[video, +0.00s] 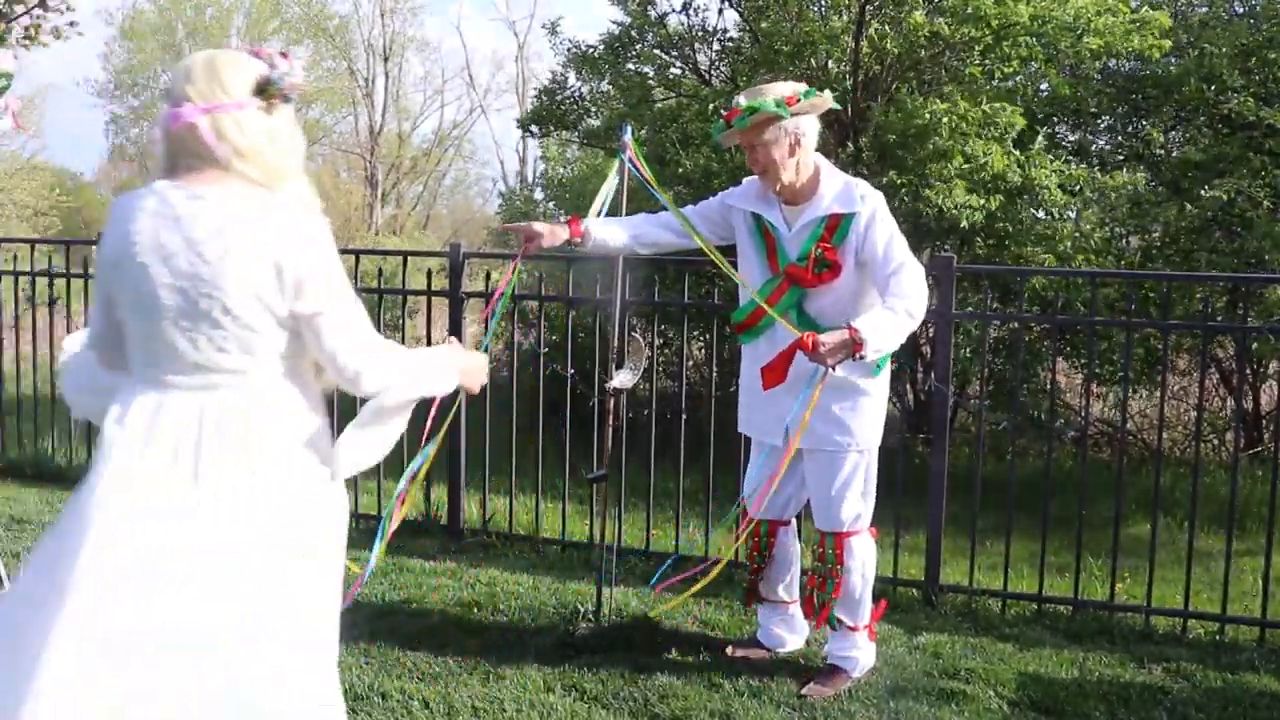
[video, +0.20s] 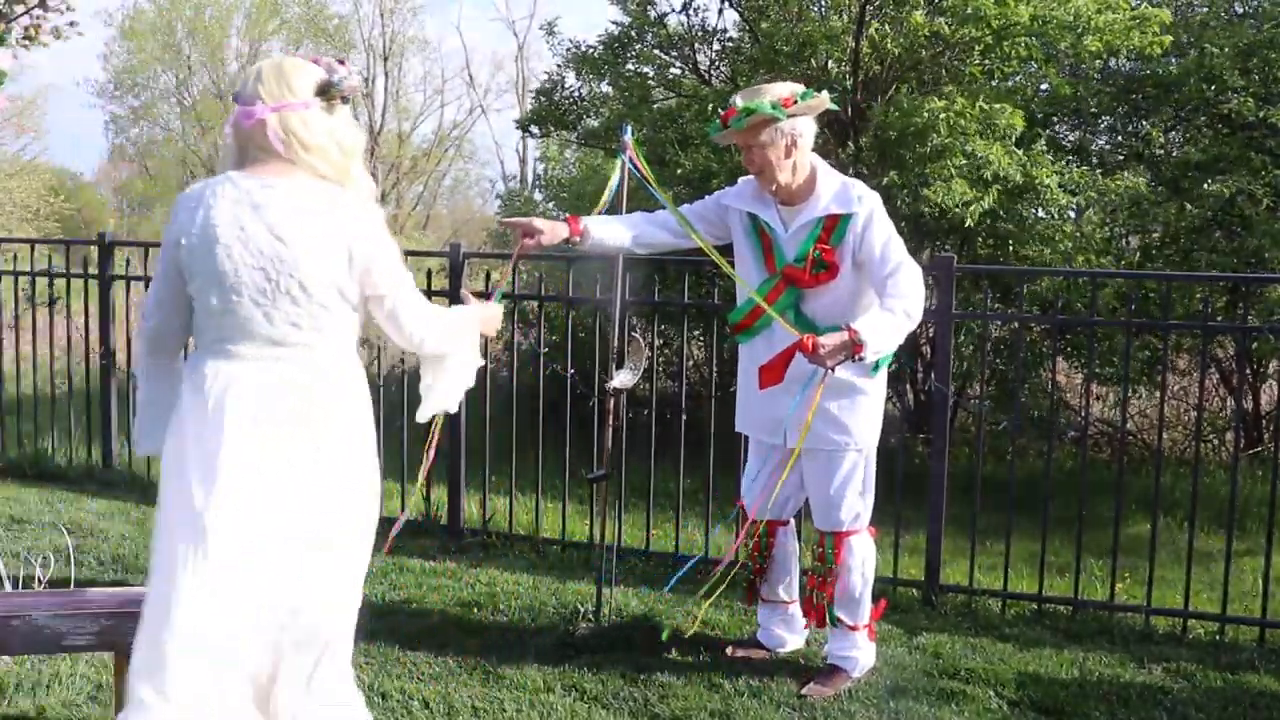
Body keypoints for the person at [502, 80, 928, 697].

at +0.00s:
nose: (750, 162)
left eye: (757, 147)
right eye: (745, 149)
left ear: (798, 141)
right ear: (754, 148)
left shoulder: (860, 204)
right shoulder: (744, 203)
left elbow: (908, 293)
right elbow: (660, 227)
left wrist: (859, 336)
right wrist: (569, 232)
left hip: (848, 387)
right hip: (774, 382)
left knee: (843, 517)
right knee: (766, 507)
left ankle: (851, 653)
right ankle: (780, 632)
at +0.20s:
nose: (746, 161)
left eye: (754, 148)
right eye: (741, 149)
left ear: (794, 144)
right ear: (750, 149)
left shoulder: (857, 205)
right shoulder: (739, 204)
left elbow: (904, 292)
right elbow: (656, 226)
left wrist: (858, 338)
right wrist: (568, 229)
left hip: (845, 389)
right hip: (769, 385)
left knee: (843, 521)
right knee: (767, 511)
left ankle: (851, 654)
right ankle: (779, 633)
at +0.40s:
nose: (743, 164)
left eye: (751, 150)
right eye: (739, 152)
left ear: (791, 144)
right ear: (740, 150)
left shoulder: (854, 206)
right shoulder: (736, 204)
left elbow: (902, 293)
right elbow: (652, 227)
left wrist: (857, 341)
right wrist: (567, 228)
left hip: (844, 385)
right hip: (768, 380)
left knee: (843, 519)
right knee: (766, 510)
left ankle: (851, 656)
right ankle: (778, 634)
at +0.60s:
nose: (740, 162)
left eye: (748, 149)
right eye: (737, 150)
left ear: (789, 145)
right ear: (746, 150)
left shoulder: (853, 206)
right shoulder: (734, 204)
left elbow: (901, 294)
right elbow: (649, 227)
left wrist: (853, 343)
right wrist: (562, 230)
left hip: (842, 386)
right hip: (767, 381)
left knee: (842, 521)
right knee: (766, 510)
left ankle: (849, 656)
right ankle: (778, 635)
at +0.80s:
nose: (741, 162)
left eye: (750, 147)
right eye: (737, 149)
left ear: (789, 144)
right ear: (743, 150)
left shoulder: (853, 205)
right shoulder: (736, 205)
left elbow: (902, 297)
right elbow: (653, 232)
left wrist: (851, 347)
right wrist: (565, 236)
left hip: (846, 385)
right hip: (773, 380)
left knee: (841, 520)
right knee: (767, 511)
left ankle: (850, 655)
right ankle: (779, 634)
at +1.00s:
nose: (730, 162)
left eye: (737, 149)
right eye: (728, 150)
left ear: (780, 144)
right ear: (768, 149)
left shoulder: (850, 205)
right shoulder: (741, 208)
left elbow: (900, 295)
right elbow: (664, 242)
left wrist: (842, 352)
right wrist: (575, 248)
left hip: (851, 387)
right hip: (780, 381)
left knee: (845, 523)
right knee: (761, 504)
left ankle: (851, 657)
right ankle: (785, 630)